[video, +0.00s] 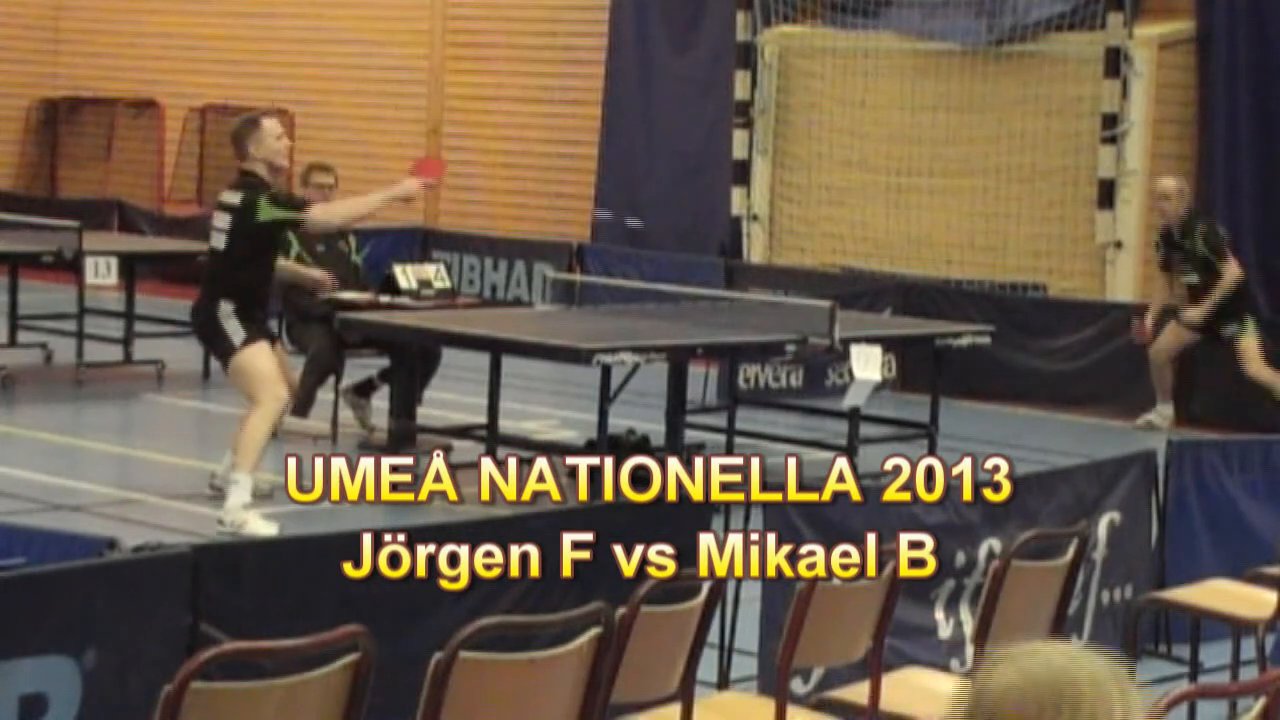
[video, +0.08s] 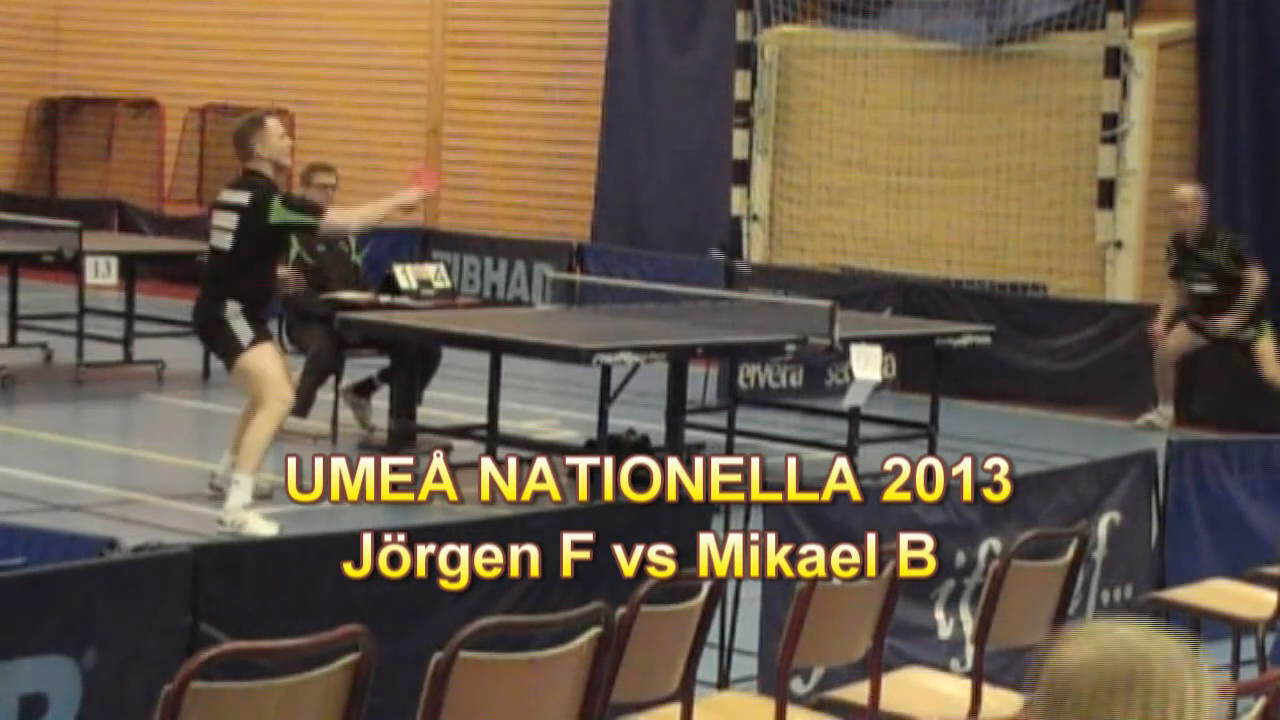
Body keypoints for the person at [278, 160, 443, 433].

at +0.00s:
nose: (324, 194)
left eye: (329, 188)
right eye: (317, 187)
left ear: (336, 191)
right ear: (303, 190)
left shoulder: (344, 234)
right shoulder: (289, 235)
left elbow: (357, 280)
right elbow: (272, 266)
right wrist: (307, 277)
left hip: (350, 315)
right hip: (307, 316)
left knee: (425, 352)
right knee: (326, 353)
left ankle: (362, 391)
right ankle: (295, 420)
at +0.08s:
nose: (326, 194)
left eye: (331, 188)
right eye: (320, 187)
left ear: (336, 191)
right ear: (304, 189)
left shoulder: (342, 233)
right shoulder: (292, 232)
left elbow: (354, 280)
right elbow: (295, 294)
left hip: (349, 315)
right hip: (310, 317)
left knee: (425, 351)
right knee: (326, 354)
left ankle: (362, 391)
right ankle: (294, 419)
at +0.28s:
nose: (336, 195)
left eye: (339, 189)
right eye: (329, 188)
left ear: (341, 192)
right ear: (308, 189)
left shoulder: (339, 231)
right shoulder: (293, 227)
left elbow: (353, 281)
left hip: (348, 317)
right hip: (308, 318)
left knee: (425, 350)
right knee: (327, 353)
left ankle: (362, 391)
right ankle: (293, 413)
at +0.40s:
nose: (338, 197)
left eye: (340, 190)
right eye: (332, 189)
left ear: (341, 193)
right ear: (311, 191)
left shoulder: (333, 229)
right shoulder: (298, 226)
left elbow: (349, 275)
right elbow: (319, 269)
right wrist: (352, 261)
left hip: (344, 316)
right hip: (306, 317)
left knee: (425, 352)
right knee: (327, 352)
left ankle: (362, 392)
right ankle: (291, 415)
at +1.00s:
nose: (338, 197)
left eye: (340, 190)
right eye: (331, 190)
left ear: (342, 193)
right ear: (310, 192)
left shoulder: (341, 234)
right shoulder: (295, 227)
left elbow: (353, 279)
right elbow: (296, 278)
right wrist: (346, 295)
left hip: (348, 316)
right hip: (306, 317)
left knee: (425, 349)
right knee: (326, 353)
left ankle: (362, 391)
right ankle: (290, 414)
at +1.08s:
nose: (337, 196)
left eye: (339, 190)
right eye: (330, 189)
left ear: (341, 192)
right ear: (309, 192)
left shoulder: (341, 234)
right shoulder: (296, 230)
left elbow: (354, 280)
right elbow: (296, 285)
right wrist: (333, 303)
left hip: (349, 316)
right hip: (307, 317)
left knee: (426, 350)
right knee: (327, 353)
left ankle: (362, 392)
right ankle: (292, 413)